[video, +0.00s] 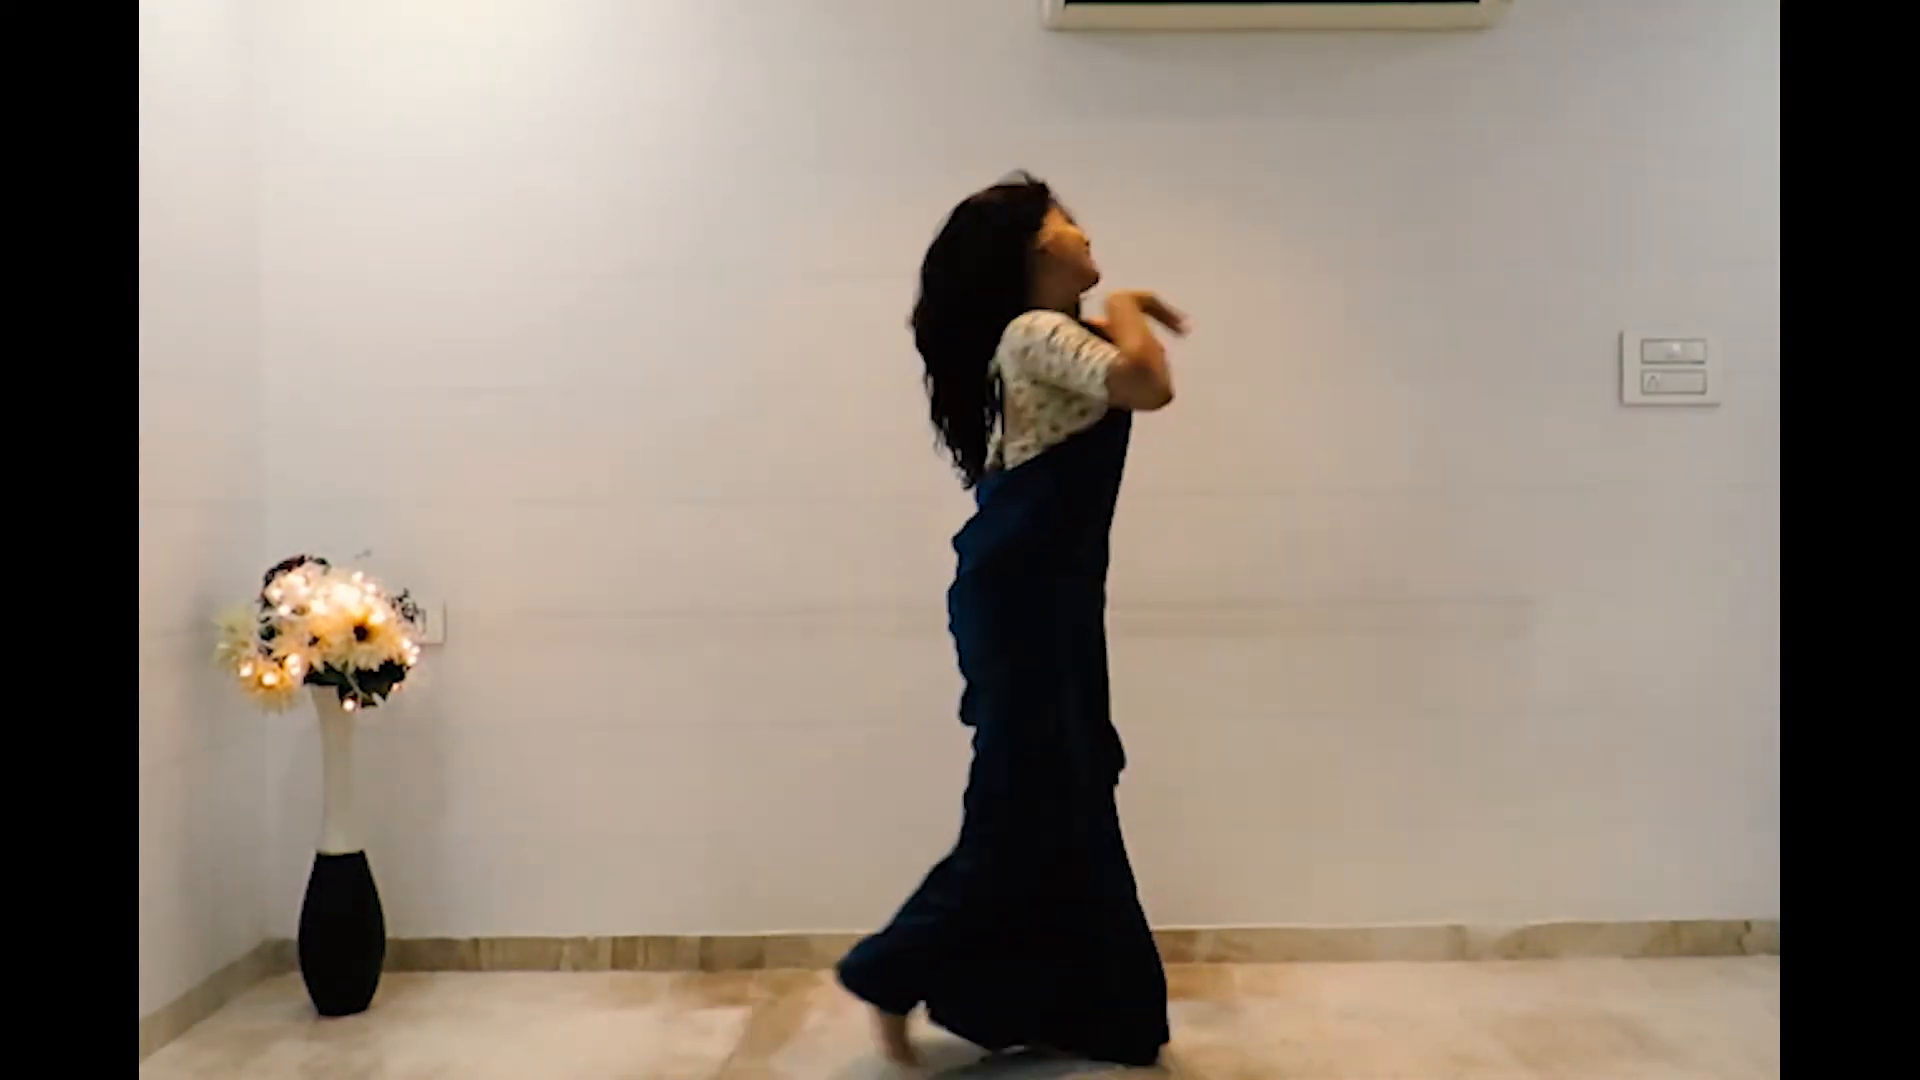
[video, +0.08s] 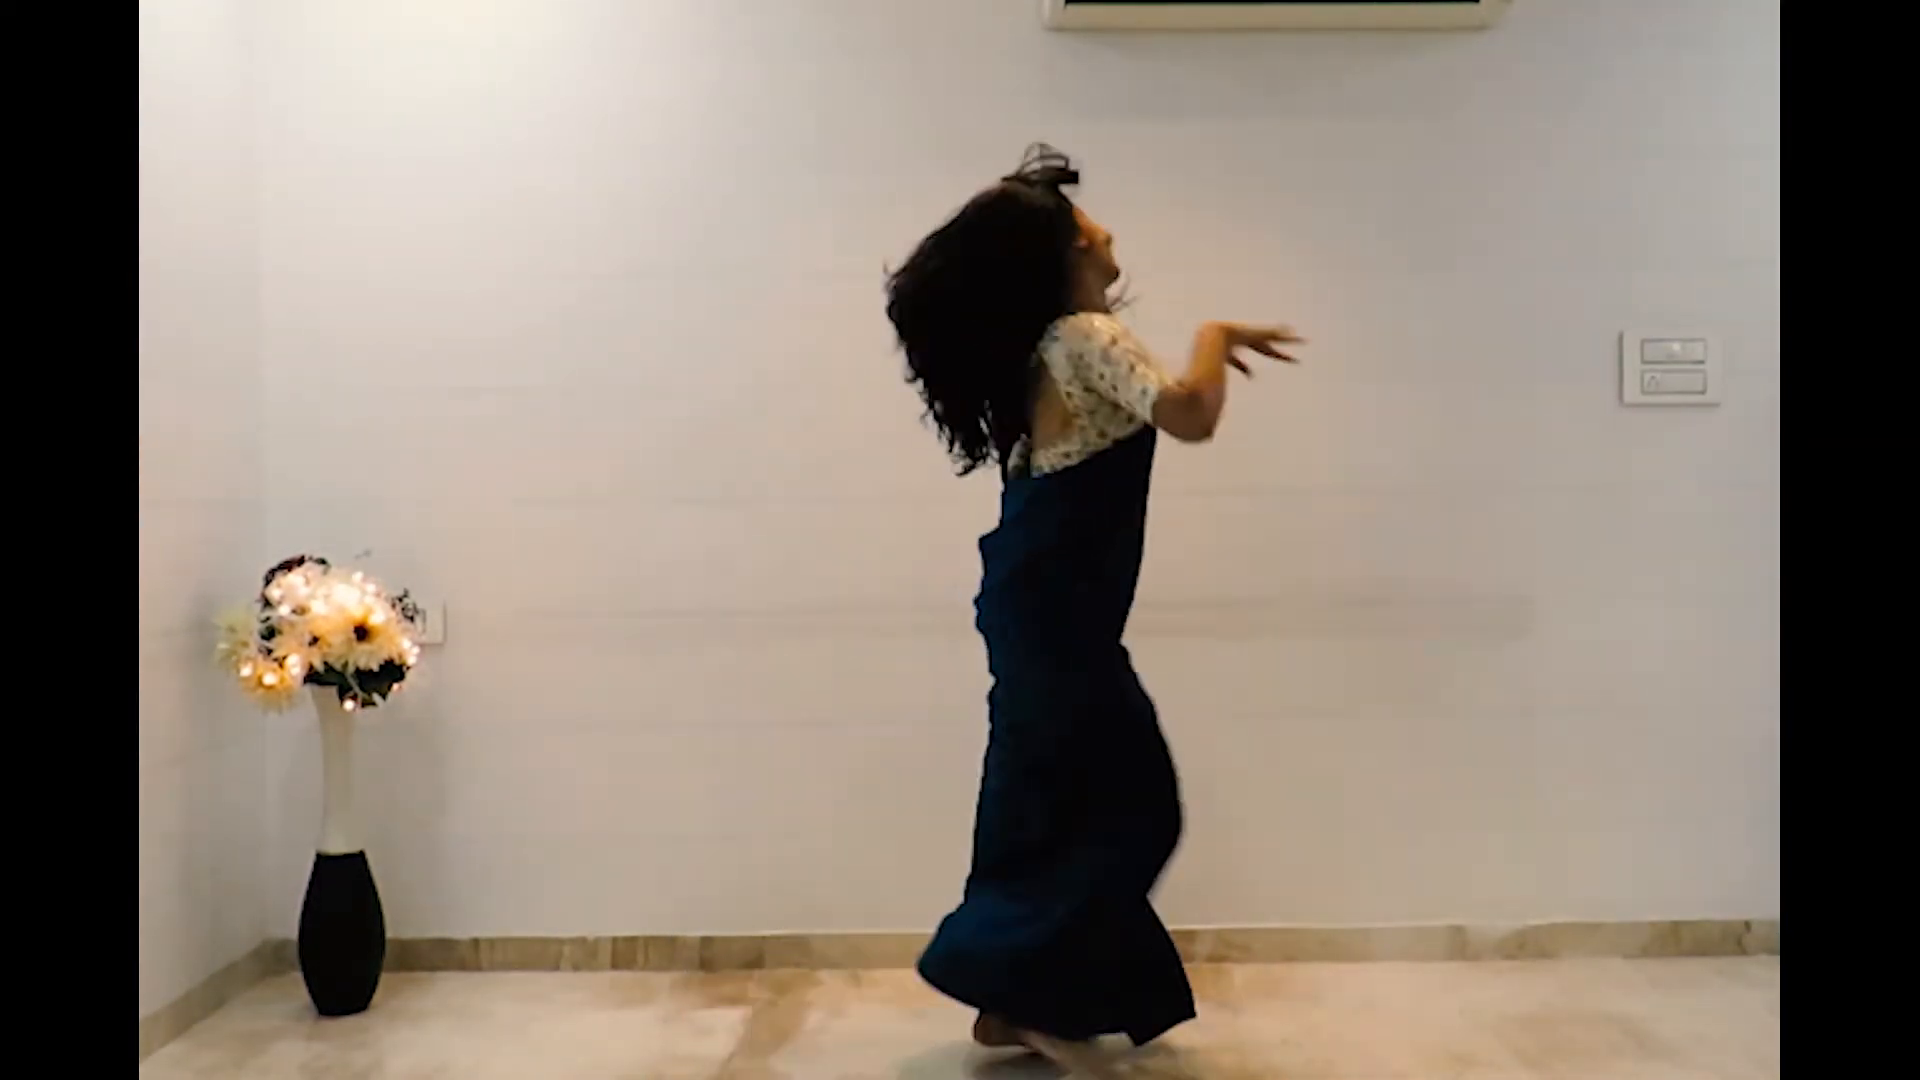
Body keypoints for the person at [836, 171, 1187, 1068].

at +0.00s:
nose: (1080, 230)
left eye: (1069, 218)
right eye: (1061, 223)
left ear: (1031, 262)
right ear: (1029, 258)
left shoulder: (1055, 331)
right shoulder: (1034, 336)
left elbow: (1136, 379)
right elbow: (1148, 382)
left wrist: (1130, 315)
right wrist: (1127, 309)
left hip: (1053, 597)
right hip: (1015, 597)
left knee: (1072, 790)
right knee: (1029, 796)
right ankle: (894, 970)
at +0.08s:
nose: (1102, 229)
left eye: (1088, 218)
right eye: (1086, 226)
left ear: (1041, 276)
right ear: (1069, 257)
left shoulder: (1039, 346)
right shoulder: (1089, 341)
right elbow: (1194, 416)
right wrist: (1214, 339)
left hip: (1026, 612)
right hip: (1066, 623)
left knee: (1042, 801)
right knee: (1142, 803)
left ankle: (1014, 998)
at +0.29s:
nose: (1156, 293)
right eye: (1153, 278)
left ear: (1061, 291)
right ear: (1156, 285)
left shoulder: (1050, 386)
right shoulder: (1198, 380)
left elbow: (971, 479)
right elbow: (1295, 484)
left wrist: (1035, 404)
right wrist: (1385, 416)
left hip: (1075, 639)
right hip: (1176, 641)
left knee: (1087, 820)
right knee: (1226, 826)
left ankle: (1024, 1013)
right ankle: (1234, 1032)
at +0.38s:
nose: (1175, 227)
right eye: (1170, 211)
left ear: (1071, 238)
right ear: (1172, 230)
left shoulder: (1038, 343)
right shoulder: (1216, 333)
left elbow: (969, 427)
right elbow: (1345, 421)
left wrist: (922, 399)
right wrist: (1477, 403)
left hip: (1084, 632)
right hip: (1199, 631)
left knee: (1067, 803)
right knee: (1222, 823)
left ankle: (1035, 1003)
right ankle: (1262, 1039)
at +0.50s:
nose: (1081, 244)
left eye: (1086, 229)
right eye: (1084, 228)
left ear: (1105, 233)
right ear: (1199, 220)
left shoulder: (1070, 319)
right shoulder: (1245, 321)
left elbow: (955, 380)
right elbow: (1376, 409)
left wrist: (839, 420)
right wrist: (1522, 444)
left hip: (1109, 574)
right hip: (1226, 577)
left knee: (1085, 785)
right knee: (1248, 793)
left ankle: (1044, 1012)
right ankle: (1289, 1035)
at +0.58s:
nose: (1099, 276)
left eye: (1106, 264)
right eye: (1107, 261)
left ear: (1124, 276)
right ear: (1214, 266)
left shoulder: (1085, 360)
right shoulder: (1251, 368)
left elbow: (961, 399)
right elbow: (1356, 482)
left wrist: (832, 401)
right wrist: (1484, 436)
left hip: (1134, 617)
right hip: (1249, 617)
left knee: (1110, 821)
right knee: (1250, 830)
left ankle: (1069, 1033)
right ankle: (1258, 1036)